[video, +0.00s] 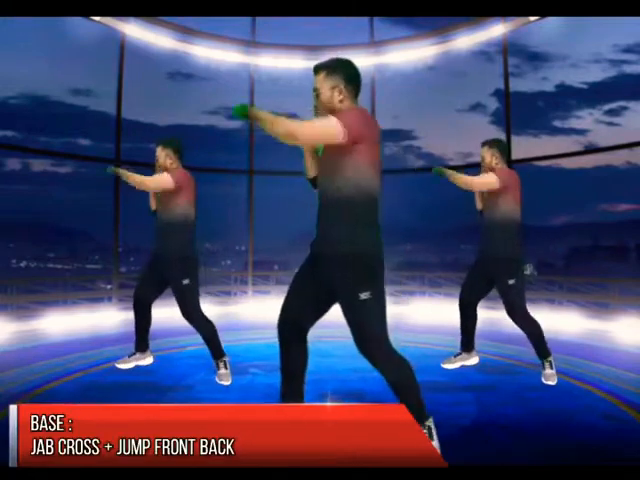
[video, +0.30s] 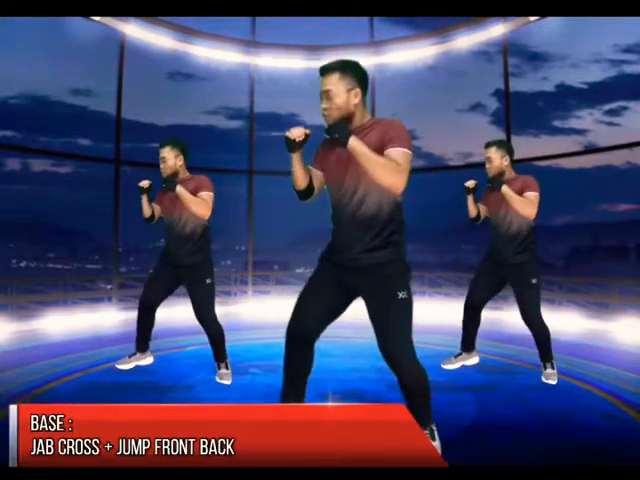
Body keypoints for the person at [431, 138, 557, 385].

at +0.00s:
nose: (482, 161)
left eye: (485, 157)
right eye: (482, 157)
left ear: (496, 156)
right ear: (494, 157)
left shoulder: (507, 175)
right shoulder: (493, 179)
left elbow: (471, 183)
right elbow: (482, 208)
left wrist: (447, 173)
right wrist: (480, 182)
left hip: (508, 257)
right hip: (490, 256)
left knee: (517, 312)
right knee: (467, 298)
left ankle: (546, 360)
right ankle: (467, 352)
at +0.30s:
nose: (486, 165)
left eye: (490, 160)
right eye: (485, 160)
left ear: (505, 159)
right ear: (495, 161)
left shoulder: (526, 183)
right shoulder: (492, 190)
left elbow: (530, 212)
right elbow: (476, 216)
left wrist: (503, 187)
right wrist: (470, 194)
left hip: (522, 261)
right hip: (496, 260)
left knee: (531, 316)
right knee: (473, 303)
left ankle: (548, 365)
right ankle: (467, 352)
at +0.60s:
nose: (471, 155)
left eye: (475, 150)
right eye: (471, 150)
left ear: (490, 150)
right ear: (479, 153)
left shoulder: (514, 175)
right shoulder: (479, 183)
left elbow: (520, 202)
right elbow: (464, 209)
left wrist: (493, 176)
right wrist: (454, 188)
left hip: (510, 252)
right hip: (482, 251)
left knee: (523, 306)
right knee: (452, 288)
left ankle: (544, 358)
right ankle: (444, 338)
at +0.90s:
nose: (460, 164)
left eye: (464, 159)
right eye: (459, 159)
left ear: (479, 160)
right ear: (461, 163)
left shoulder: (499, 186)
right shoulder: (463, 192)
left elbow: (505, 216)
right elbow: (445, 214)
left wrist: (482, 191)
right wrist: (437, 193)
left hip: (492, 262)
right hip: (463, 261)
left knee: (516, 312)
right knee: (442, 303)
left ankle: (521, 354)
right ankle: (439, 346)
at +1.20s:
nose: (478, 166)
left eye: (482, 161)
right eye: (478, 162)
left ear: (497, 162)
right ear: (482, 165)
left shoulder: (517, 184)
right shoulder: (484, 192)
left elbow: (518, 212)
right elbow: (470, 219)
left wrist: (491, 190)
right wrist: (462, 198)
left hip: (517, 264)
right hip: (492, 263)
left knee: (532, 318)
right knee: (465, 303)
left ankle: (548, 365)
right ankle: (462, 354)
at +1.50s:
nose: (494, 161)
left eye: (498, 156)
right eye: (492, 156)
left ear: (512, 157)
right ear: (490, 159)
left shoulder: (529, 183)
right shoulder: (485, 189)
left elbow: (542, 208)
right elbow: (466, 209)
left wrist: (517, 184)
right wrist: (457, 195)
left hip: (522, 262)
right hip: (491, 262)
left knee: (539, 317)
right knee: (467, 306)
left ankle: (548, 364)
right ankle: (462, 354)